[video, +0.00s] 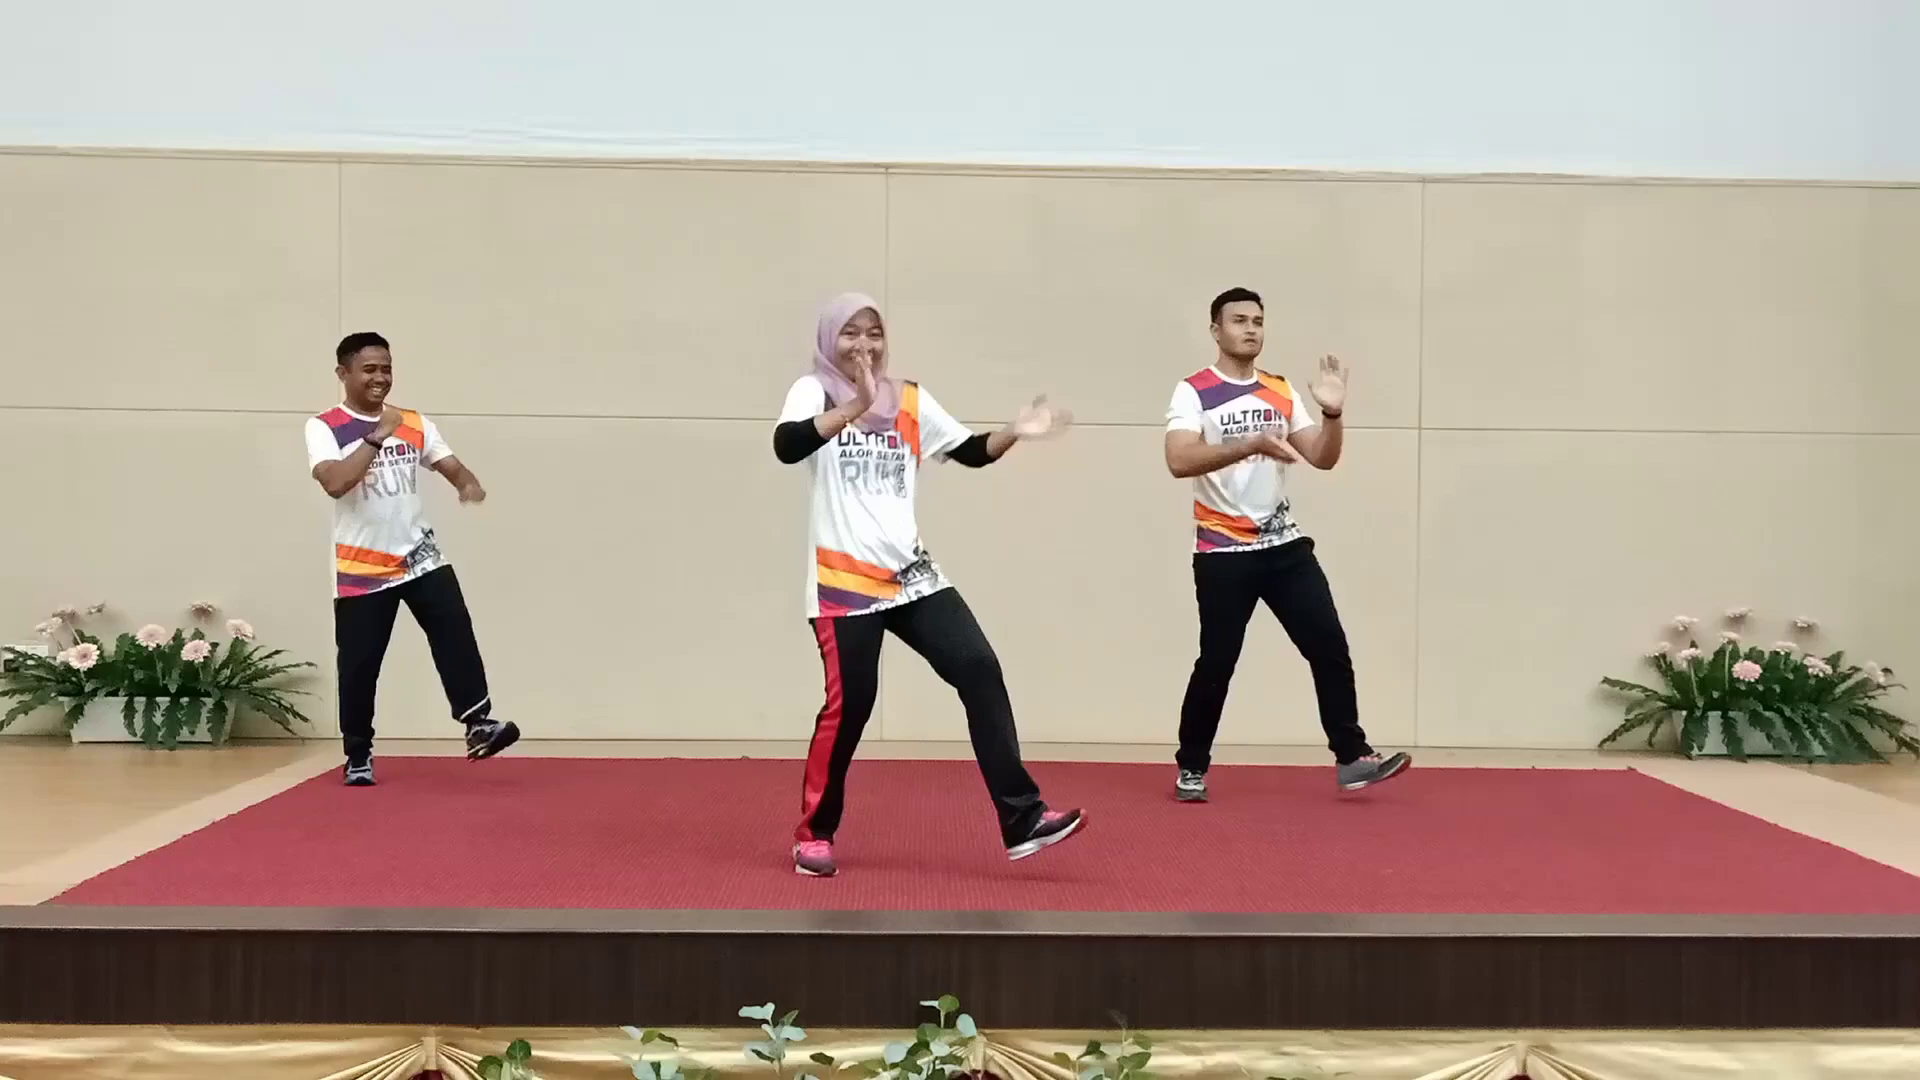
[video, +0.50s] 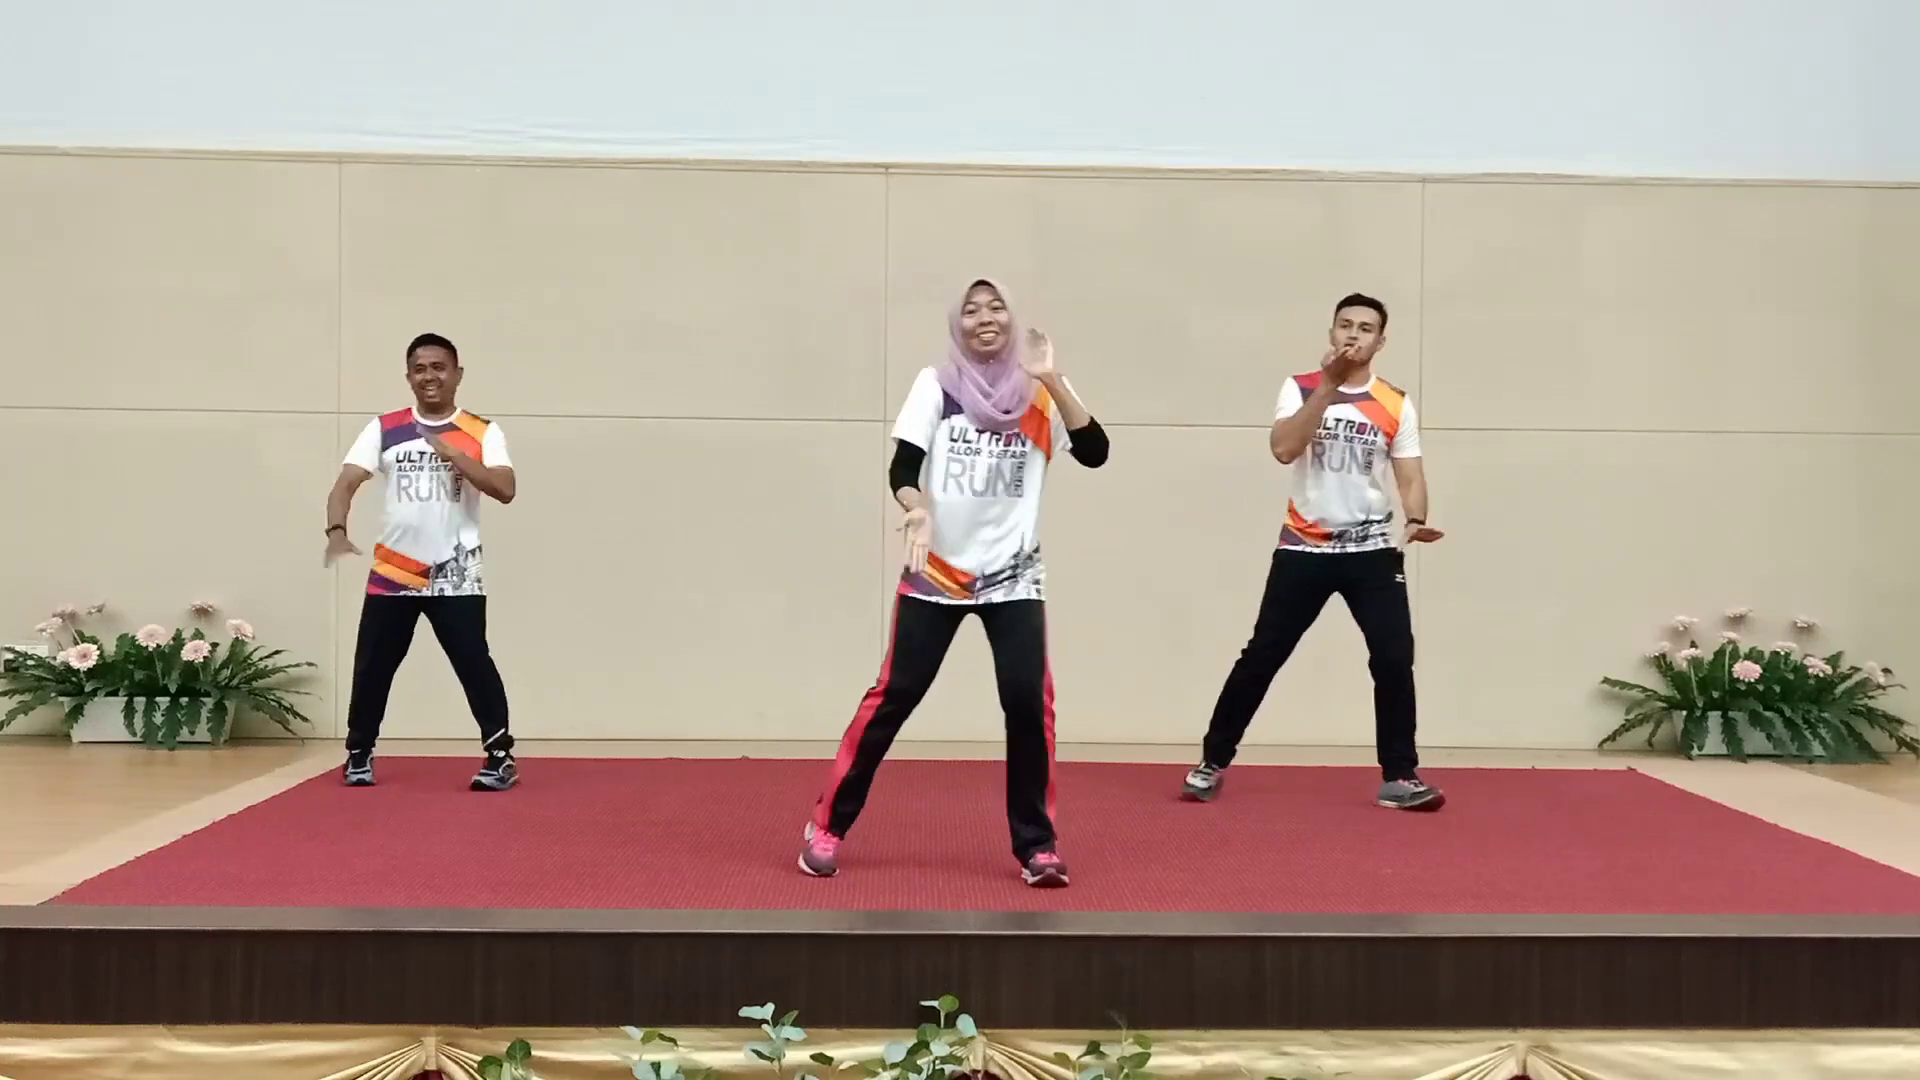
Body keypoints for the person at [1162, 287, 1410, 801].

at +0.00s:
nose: (1251, 329)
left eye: (1257, 322)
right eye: (1239, 321)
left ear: (1264, 332)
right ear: (1216, 330)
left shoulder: (1283, 392)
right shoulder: (1193, 391)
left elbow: (1323, 457)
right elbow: (1180, 461)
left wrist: (1333, 414)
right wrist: (1253, 445)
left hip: (1283, 546)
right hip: (1223, 552)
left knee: (1329, 648)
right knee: (1217, 663)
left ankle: (1352, 760)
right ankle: (1192, 767)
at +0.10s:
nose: (1256, 327)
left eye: (1263, 320)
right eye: (1245, 319)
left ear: (1270, 330)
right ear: (1221, 328)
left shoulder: (1287, 391)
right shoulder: (1198, 387)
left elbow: (1329, 457)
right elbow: (1187, 455)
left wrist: (1339, 420)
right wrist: (1255, 435)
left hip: (1286, 544)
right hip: (1225, 552)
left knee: (1333, 646)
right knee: (1215, 663)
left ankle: (1358, 759)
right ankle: (1192, 767)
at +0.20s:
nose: (1269, 325)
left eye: (1276, 318)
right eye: (1257, 316)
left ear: (1284, 329)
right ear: (1235, 326)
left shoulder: (1296, 389)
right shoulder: (1211, 382)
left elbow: (1340, 458)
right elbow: (1201, 443)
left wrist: (1353, 434)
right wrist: (1263, 410)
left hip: (1294, 542)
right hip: (1232, 548)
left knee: (1340, 646)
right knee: (1217, 660)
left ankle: (1371, 756)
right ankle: (1192, 766)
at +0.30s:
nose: (1302, 329)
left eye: (1311, 322)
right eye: (1291, 319)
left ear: (1320, 332)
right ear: (1269, 327)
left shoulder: (1331, 397)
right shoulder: (1243, 381)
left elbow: (1366, 468)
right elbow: (1234, 437)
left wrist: (1383, 470)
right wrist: (1289, 383)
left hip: (1315, 548)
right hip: (1252, 549)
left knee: (1354, 654)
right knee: (1227, 659)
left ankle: (1386, 768)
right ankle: (1194, 765)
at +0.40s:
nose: (1319, 333)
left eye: (1329, 326)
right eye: (1310, 324)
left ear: (1341, 337)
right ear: (1290, 333)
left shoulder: (1353, 400)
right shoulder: (1262, 385)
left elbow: (1378, 468)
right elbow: (1249, 440)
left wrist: (1395, 492)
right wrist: (1299, 385)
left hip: (1331, 553)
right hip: (1267, 552)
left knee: (1362, 660)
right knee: (1237, 660)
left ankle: (1391, 774)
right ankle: (1196, 765)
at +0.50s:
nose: (1354, 335)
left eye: (1366, 329)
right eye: (1346, 326)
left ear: (1380, 341)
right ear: (1331, 333)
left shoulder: (1396, 404)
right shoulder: (1301, 388)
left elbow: (1409, 475)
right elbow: (1284, 449)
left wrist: (1416, 519)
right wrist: (1326, 389)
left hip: (1372, 554)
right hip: (1305, 552)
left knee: (1395, 658)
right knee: (1263, 655)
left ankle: (1399, 778)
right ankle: (1211, 764)